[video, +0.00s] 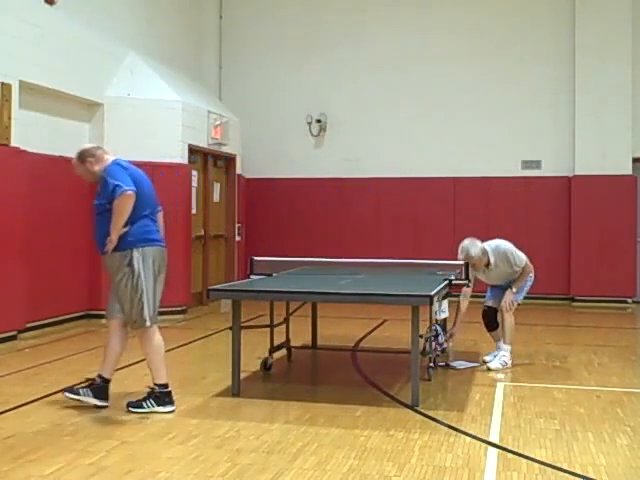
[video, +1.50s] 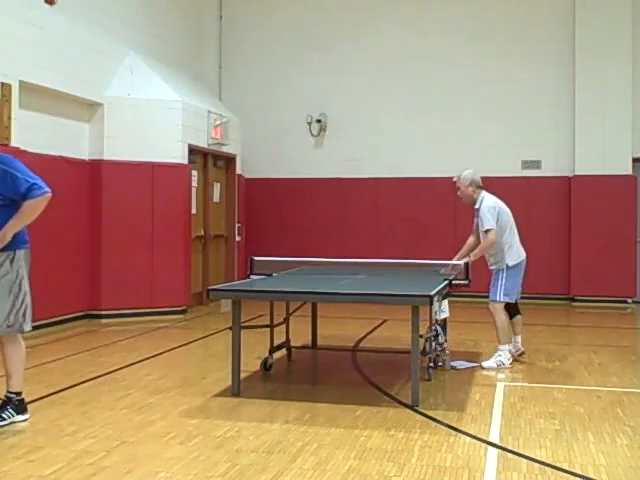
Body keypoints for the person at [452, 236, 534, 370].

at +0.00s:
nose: (472, 267)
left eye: (473, 263)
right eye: (469, 264)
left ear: (482, 256)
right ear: (466, 261)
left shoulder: (502, 248)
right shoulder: (471, 264)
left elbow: (528, 268)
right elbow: (465, 295)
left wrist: (512, 290)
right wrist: (455, 327)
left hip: (519, 277)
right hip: (496, 281)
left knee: (506, 307)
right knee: (488, 314)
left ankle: (506, 354)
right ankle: (500, 349)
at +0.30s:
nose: (470, 268)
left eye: (471, 263)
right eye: (467, 265)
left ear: (480, 255)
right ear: (464, 262)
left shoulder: (499, 247)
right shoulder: (469, 266)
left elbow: (527, 267)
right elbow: (464, 297)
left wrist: (511, 290)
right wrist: (454, 328)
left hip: (519, 276)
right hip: (496, 281)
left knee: (506, 307)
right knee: (488, 314)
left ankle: (506, 353)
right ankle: (500, 349)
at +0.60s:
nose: (465, 230)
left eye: (466, 226)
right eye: (462, 227)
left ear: (476, 218)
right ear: (461, 225)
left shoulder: (498, 226)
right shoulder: (465, 234)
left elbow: (513, 256)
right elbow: (471, 260)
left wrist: (499, 280)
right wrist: (472, 286)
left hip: (516, 266)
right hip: (494, 269)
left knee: (504, 306)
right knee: (489, 306)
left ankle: (505, 353)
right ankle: (499, 348)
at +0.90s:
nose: (461, 210)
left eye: (462, 206)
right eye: (460, 207)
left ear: (473, 200)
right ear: (468, 202)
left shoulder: (496, 214)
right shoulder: (472, 216)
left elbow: (493, 246)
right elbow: (477, 236)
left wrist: (471, 261)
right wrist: (464, 254)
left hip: (513, 263)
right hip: (496, 264)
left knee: (501, 307)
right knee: (494, 306)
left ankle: (506, 353)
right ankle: (499, 347)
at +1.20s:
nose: (457, 204)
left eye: (458, 200)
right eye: (456, 200)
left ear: (467, 196)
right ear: (467, 196)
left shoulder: (490, 209)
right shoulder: (476, 209)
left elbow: (480, 241)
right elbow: (471, 238)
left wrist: (462, 263)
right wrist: (453, 258)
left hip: (511, 263)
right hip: (502, 263)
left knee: (498, 306)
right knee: (497, 305)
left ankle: (505, 350)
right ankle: (506, 347)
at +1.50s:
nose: (458, 194)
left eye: (460, 190)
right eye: (458, 190)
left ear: (472, 188)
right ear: (472, 189)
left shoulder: (487, 205)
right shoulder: (481, 205)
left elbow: (490, 239)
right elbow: (475, 238)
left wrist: (469, 259)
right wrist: (456, 260)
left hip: (508, 261)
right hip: (506, 260)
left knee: (496, 305)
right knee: (510, 304)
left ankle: (504, 352)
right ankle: (516, 345)